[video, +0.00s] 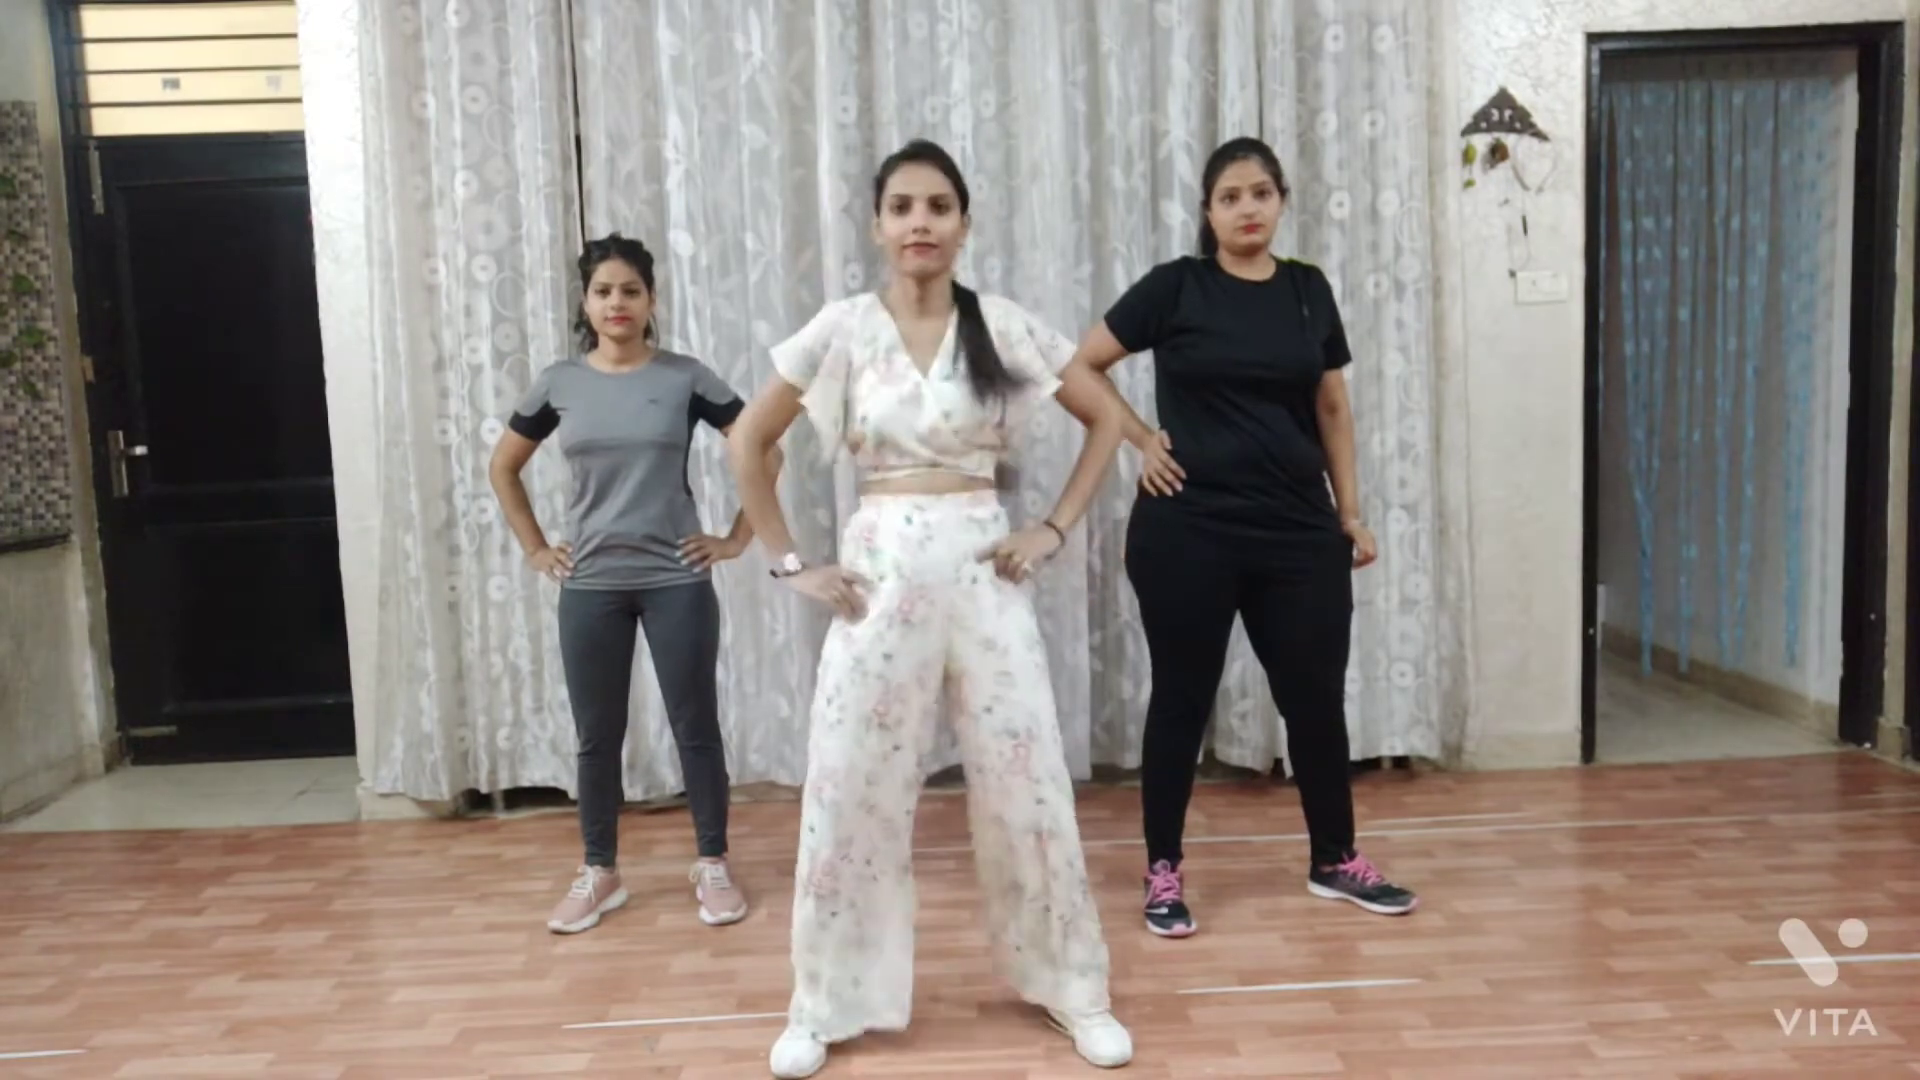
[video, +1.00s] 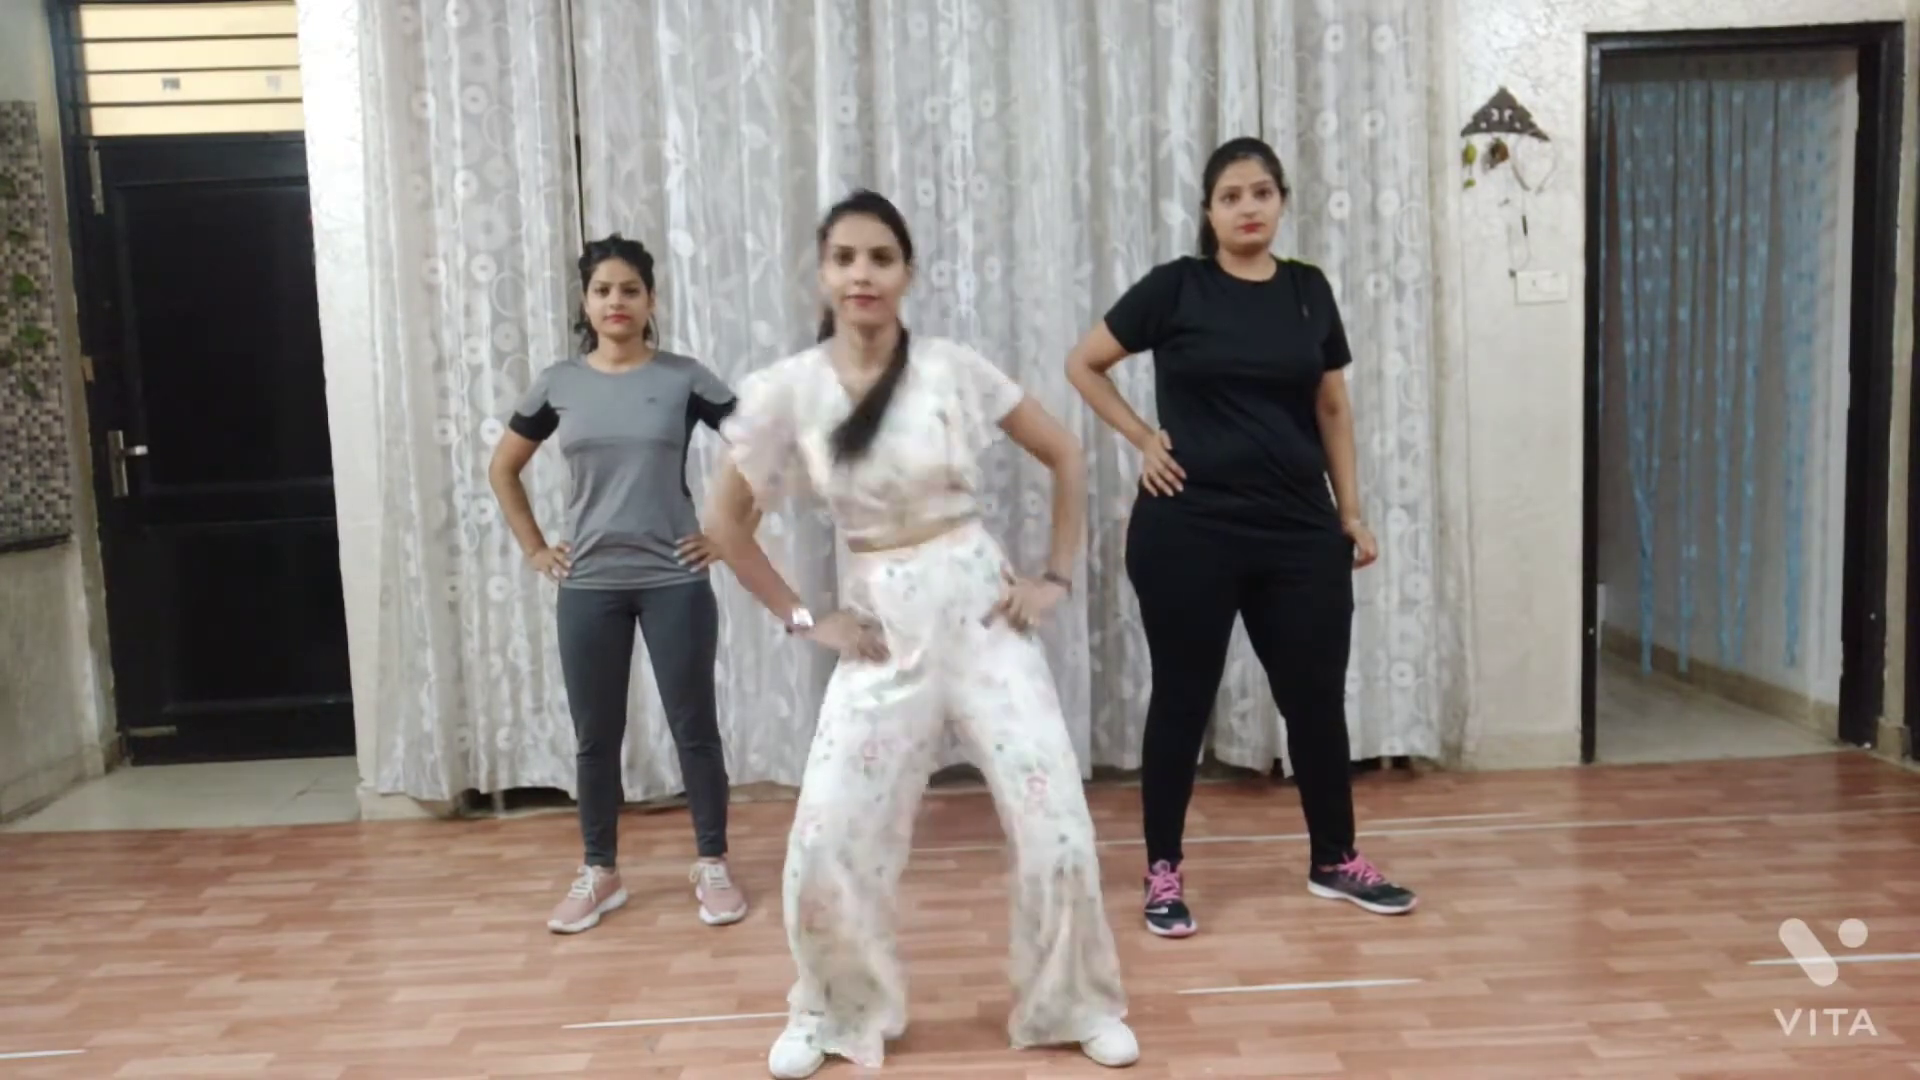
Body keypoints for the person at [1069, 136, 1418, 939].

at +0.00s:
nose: (1248, 209)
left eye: (1262, 194)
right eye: (1231, 196)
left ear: (1282, 203)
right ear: (1208, 208)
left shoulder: (1308, 289)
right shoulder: (1174, 289)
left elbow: (1334, 409)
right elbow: (1076, 371)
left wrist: (1349, 513)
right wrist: (1139, 434)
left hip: (1297, 529)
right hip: (1188, 527)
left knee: (1317, 701)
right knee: (1181, 700)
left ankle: (1336, 860)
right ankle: (1164, 870)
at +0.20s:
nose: (1248, 209)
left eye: (1261, 194)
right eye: (1231, 196)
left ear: (1281, 203)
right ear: (1207, 208)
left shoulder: (1308, 289)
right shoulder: (1174, 289)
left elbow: (1335, 409)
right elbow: (1076, 369)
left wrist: (1349, 512)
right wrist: (1139, 434)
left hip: (1297, 529)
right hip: (1188, 527)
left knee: (1317, 700)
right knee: (1181, 702)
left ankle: (1336, 861)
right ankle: (1164, 871)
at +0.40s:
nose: (1248, 209)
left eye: (1261, 194)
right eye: (1231, 197)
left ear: (1282, 203)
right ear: (1208, 209)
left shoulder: (1307, 290)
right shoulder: (1175, 288)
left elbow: (1334, 409)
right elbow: (1082, 365)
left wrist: (1349, 512)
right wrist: (1143, 438)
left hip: (1296, 528)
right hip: (1188, 526)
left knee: (1317, 698)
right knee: (1182, 699)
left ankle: (1336, 861)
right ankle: (1163, 870)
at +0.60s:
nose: (1249, 209)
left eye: (1262, 194)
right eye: (1232, 196)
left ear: (1282, 203)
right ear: (1208, 208)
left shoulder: (1307, 290)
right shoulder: (1175, 288)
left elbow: (1334, 409)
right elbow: (1082, 365)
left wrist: (1349, 512)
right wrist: (1143, 438)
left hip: (1297, 528)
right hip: (1189, 526)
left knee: (1318, 699)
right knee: (1182, 700)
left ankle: (1336, 860)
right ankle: (1163, 871)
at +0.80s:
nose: (1249, 208)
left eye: (1262, 194)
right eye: (1232, 196)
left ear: (1282, 203)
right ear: (1208, 208)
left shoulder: (1307, 290)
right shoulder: (1175, 288)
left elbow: (1334, 408)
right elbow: (1082, 364)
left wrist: (1349, 512)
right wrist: (1143, 438)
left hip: (1297, 528)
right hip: (1189, 526)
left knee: (1318, 699)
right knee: (1182, 700)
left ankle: (1336, 860)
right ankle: (1163, 870)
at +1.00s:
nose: (1249, 208)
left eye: (1262, 194)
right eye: (1232, 196)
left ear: (1282, 204)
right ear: (1208, 209)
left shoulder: (1307, 290)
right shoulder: (1175, 288)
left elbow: (1334, 409)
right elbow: (1082, 365)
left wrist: (1349, 512)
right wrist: (1143, 438)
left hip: (1297, 528)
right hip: (1189, 526)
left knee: (1318, 699)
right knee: (1182, 700)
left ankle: (1336, 861)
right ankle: (1163, 871)